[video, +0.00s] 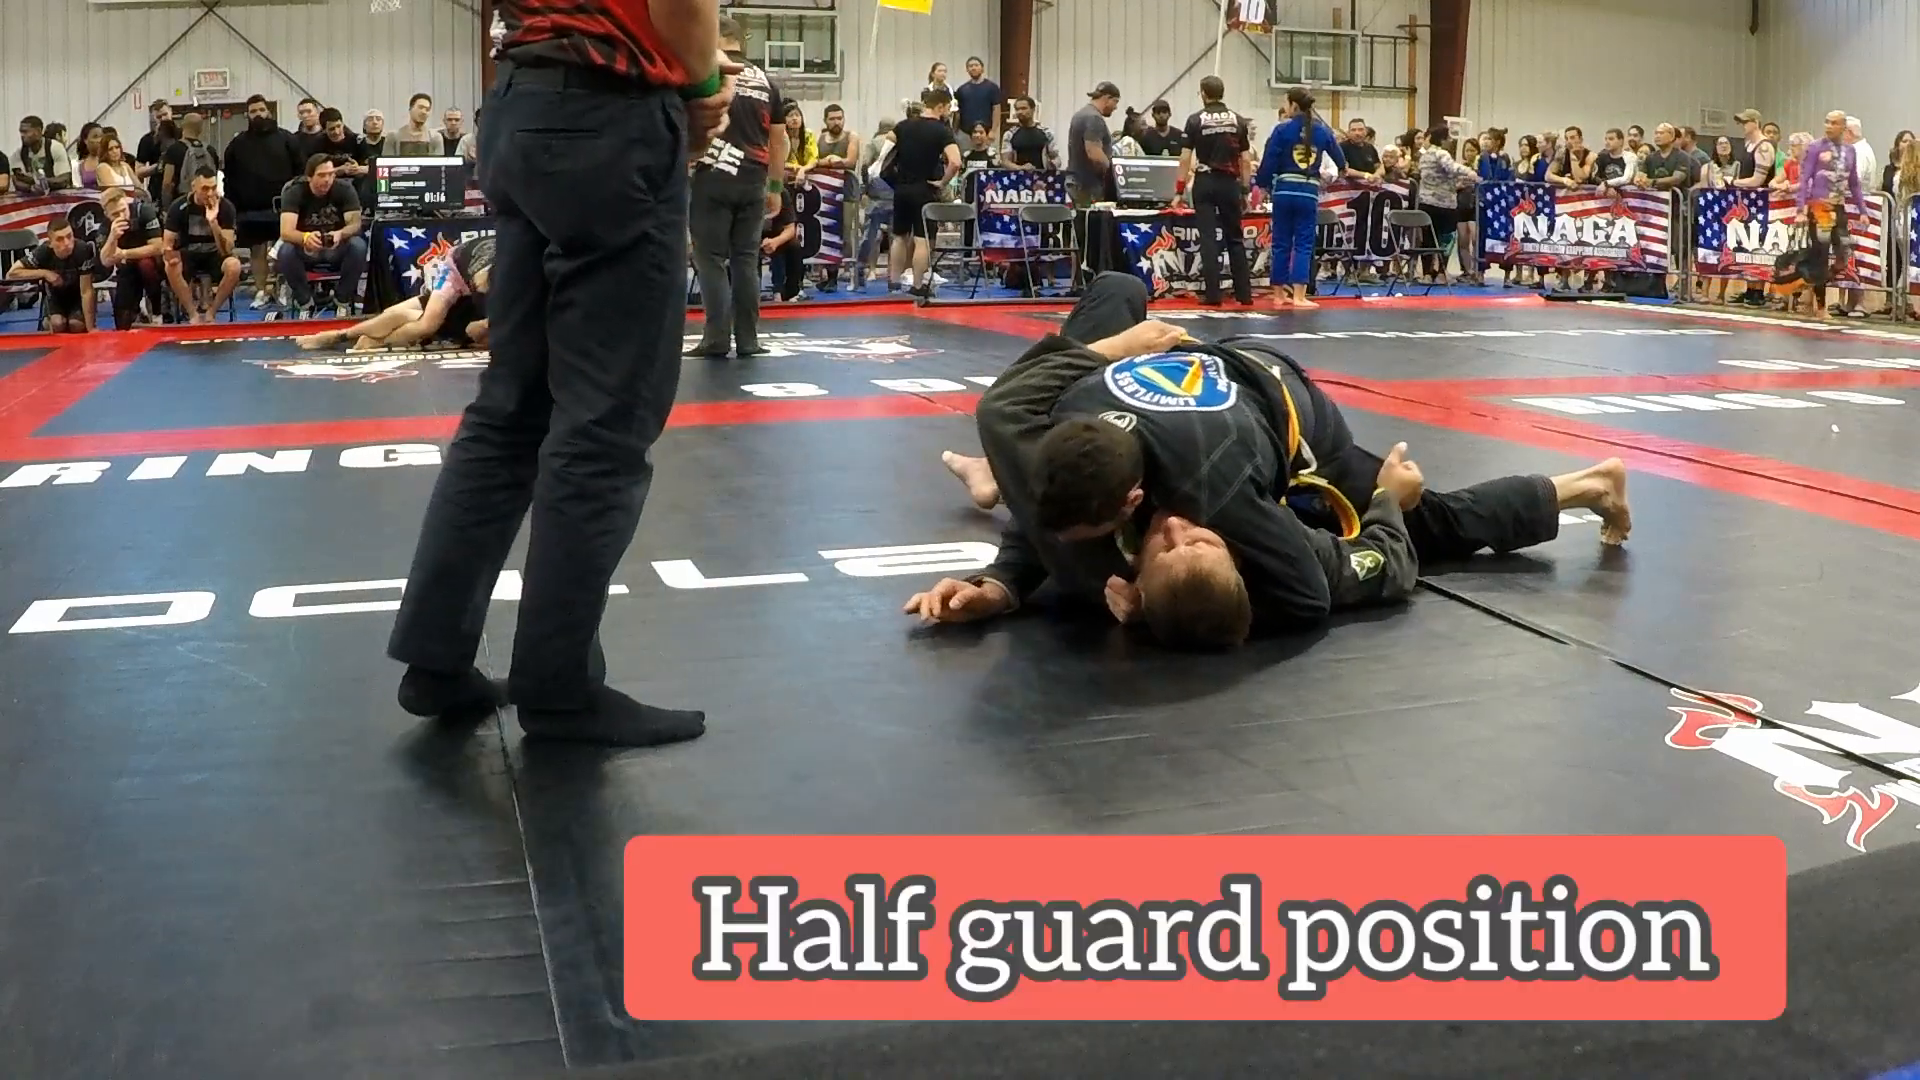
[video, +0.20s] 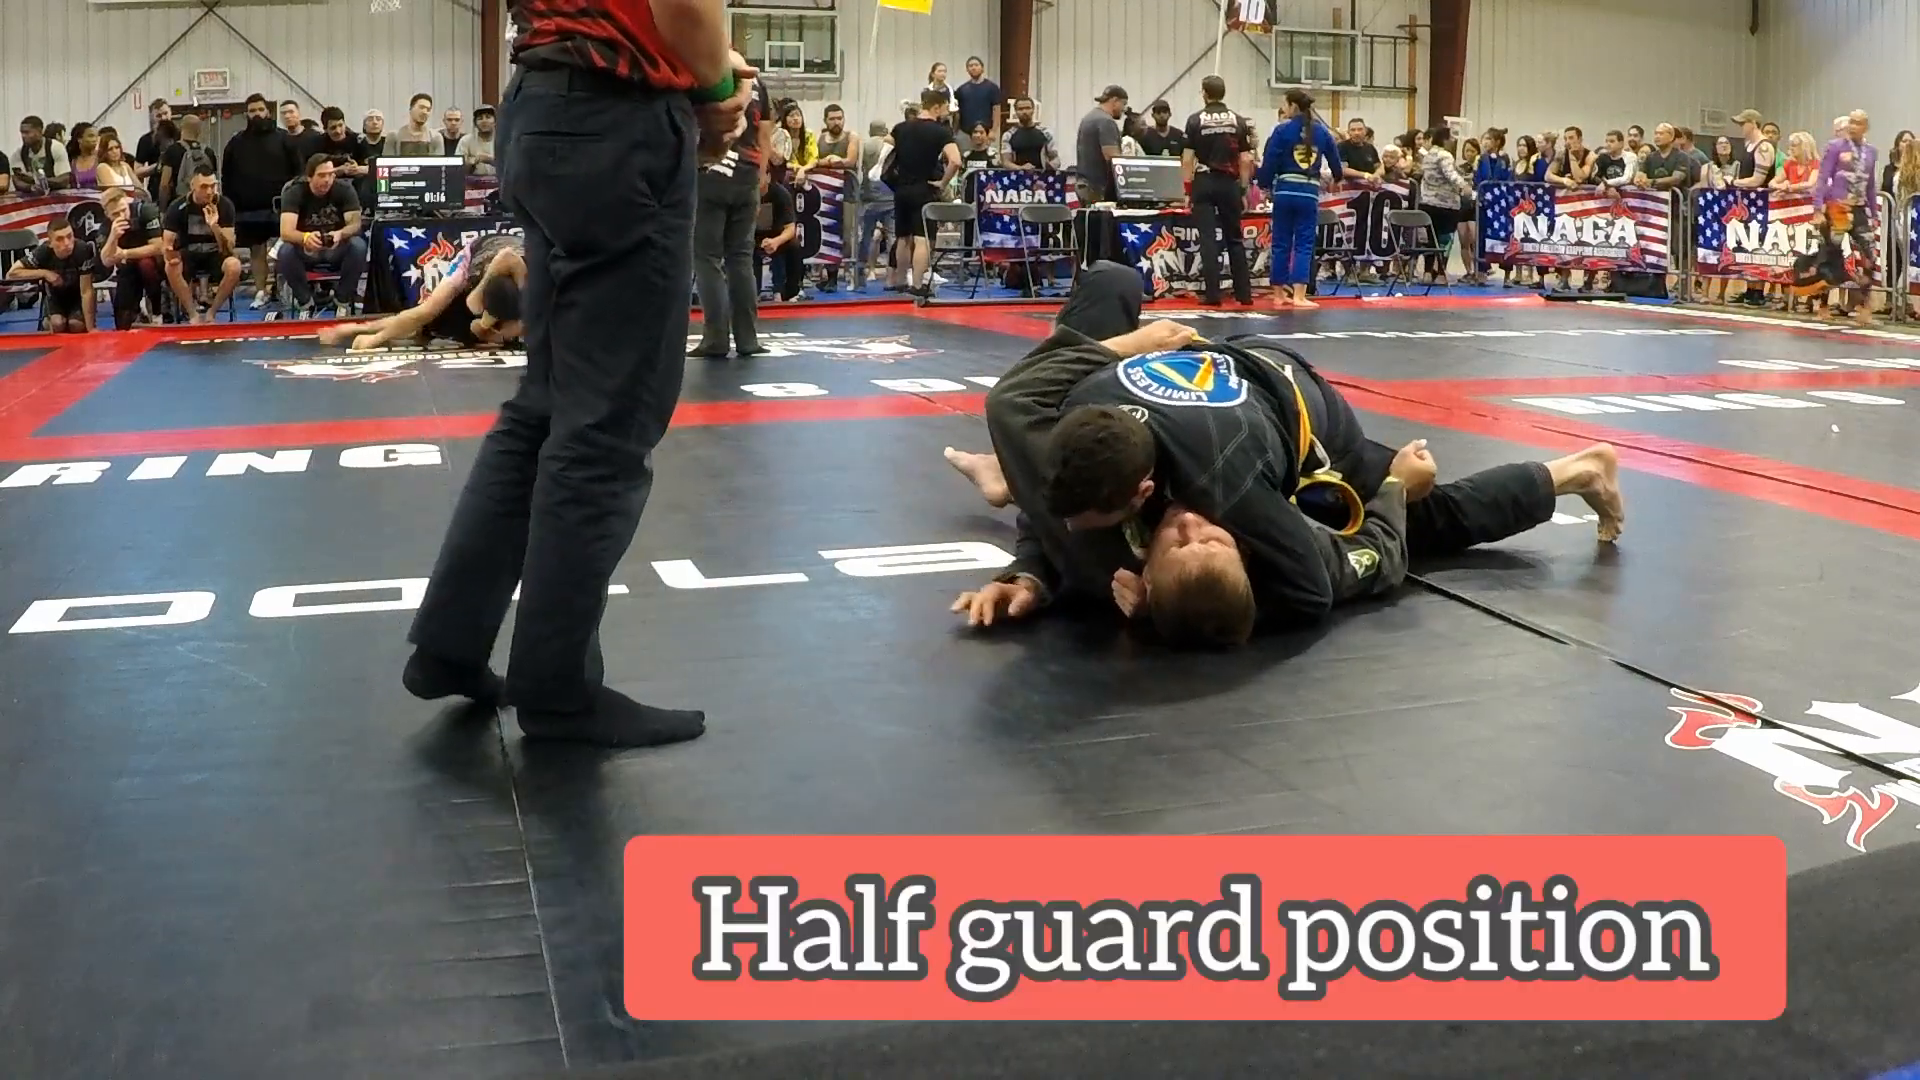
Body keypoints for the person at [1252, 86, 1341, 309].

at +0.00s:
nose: (1285, 108)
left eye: (1287, 104)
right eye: (1287, 104)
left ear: (1293, 105)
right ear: (1308, 105)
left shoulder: (1282, 128)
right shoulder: (1322, 130)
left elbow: (1269, 160)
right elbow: (1338, 156)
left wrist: (1263, 183)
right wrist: (1342, 168)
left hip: (1283, 191)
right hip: (1308, 194)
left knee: (1281, 242)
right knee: (1304, 243)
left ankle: (1278, 294)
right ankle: (1299, 296)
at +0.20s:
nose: (1284, 109)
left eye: (1286, 105)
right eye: (1285, 105)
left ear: (1293, 106)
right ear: (1307, 106)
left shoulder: (1282, 129)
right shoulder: (1321, 131)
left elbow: (1270, 160)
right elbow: (1334, 159)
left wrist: (1264, 183)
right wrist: (1337, 177)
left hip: (1284, 192)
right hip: (1308, 195)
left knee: (1281, 242)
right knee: (1305, 244)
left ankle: (1279, 294)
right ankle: (1299, 296)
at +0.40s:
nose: (1284, 109)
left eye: (1286, 106)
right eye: (1285, 105)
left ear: (1293, 106)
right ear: (1306, 106)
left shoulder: (1283, 130)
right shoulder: (1323, 132)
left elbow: (1272, 161)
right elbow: (1328, 166)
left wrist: (1266, 185)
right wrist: (1328, 188)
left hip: (1285, 190)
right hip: (1309, 193)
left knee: (1281, 242)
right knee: (1305, 243)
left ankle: (1278, 293)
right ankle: (1299, 295)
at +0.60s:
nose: (1283, 109)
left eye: (1286, 105)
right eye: (1284, 105)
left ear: (1295, 107)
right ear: (1305, 107)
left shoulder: (1282, 131)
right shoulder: (1324, 134)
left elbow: (1272, 163)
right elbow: (1327, 167)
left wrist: (1266, 187)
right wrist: (1323, 189)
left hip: (1285, 190)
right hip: (1310, 193)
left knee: (1281, 241)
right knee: (1305, 243)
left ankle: (1278, 293)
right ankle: (1299, 295)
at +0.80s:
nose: (1284, 108)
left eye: (1286, 105)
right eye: (1285, 104)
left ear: (1294, 106)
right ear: (1306, 107)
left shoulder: (1282, 131)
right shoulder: (1323, 133)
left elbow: (1271, 163)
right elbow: (1328, 167)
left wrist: (1266, 188)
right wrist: (1327, 190)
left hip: (1284, 191)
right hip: (1310, 194)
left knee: (1281, 242)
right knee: (1305, 243)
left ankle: (1278, 293)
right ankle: (1299, 295)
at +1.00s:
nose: (1283, 108)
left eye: (1285, 104)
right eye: (1284, 104)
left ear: (1295, 106)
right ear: (1306, 107)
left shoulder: (1282, 130)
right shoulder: (1323, 133)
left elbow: (1271, 162)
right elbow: (1328, 165)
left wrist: (1266, 187)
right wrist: (1328, 188)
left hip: (1284, 191)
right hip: (1309, 194)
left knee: (1281, 242)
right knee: (1304, 243)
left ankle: (1278, 293)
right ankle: (1299, 295)